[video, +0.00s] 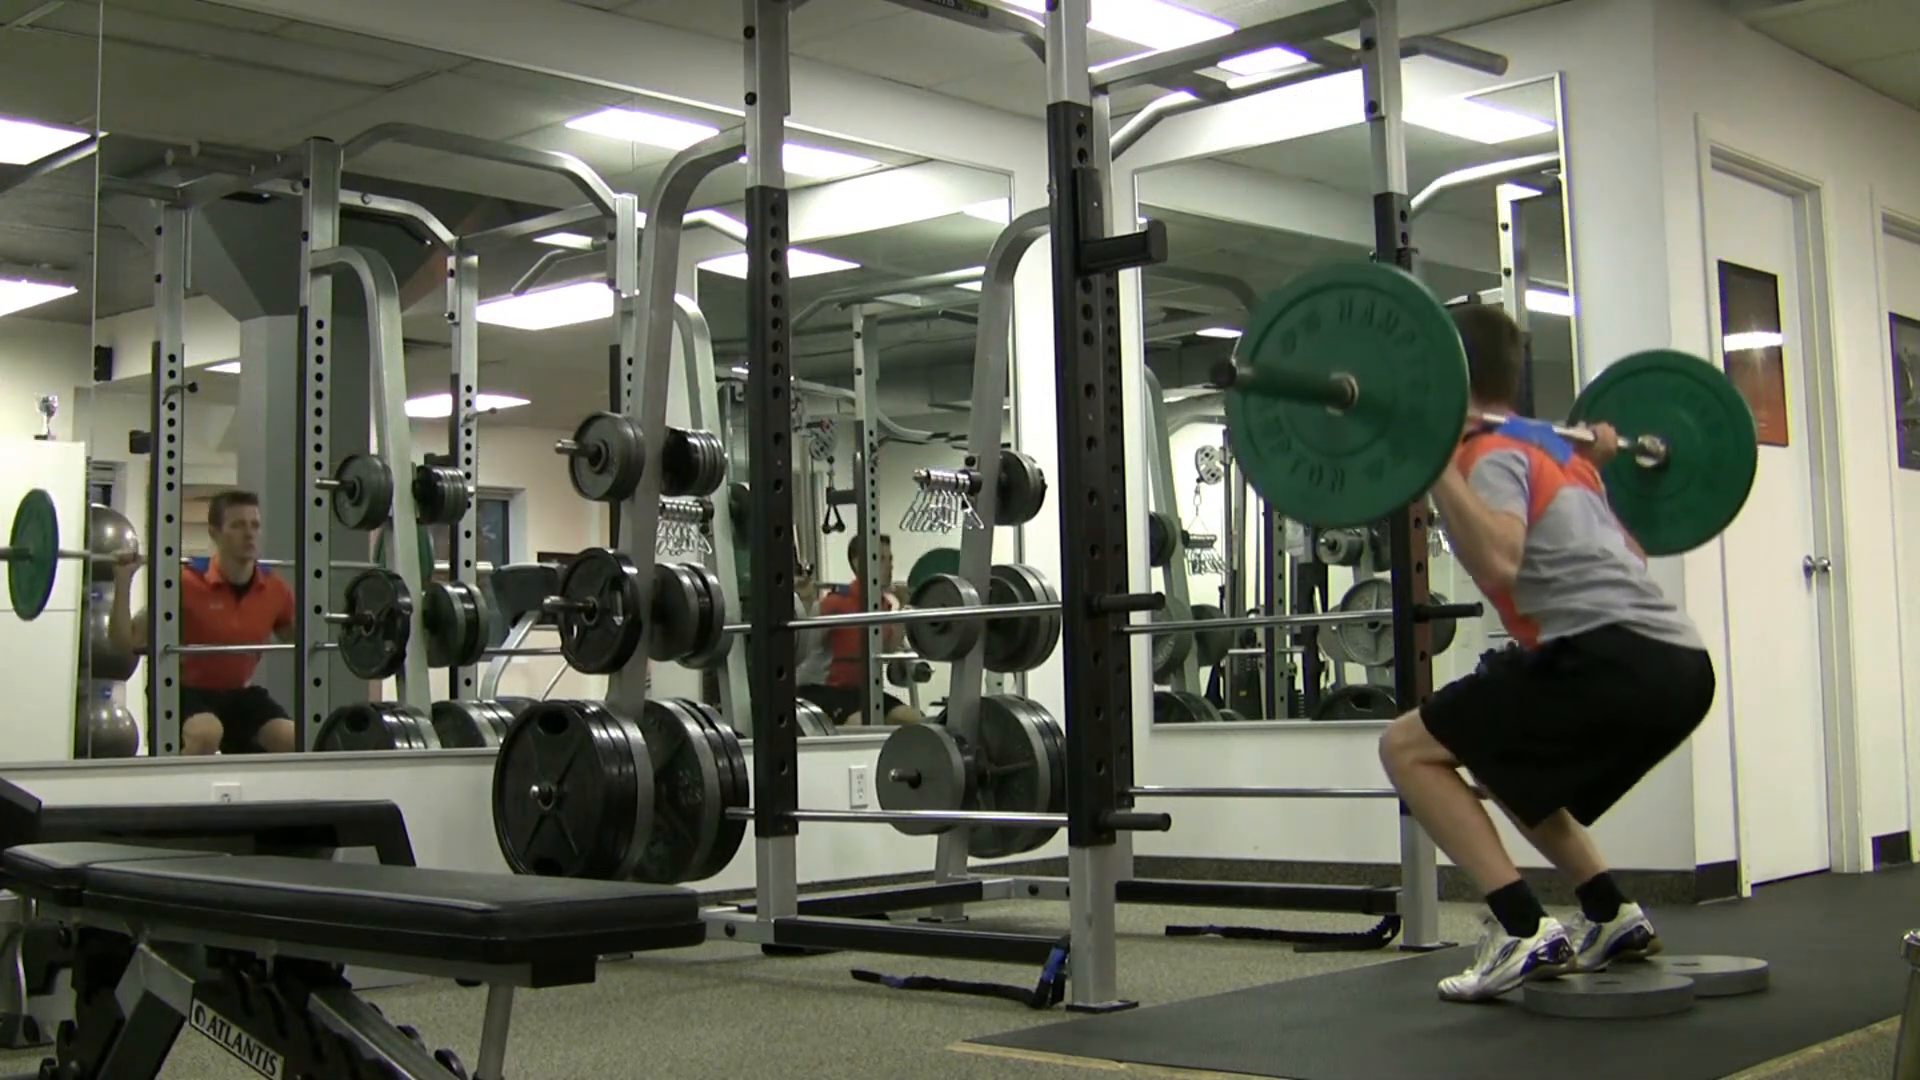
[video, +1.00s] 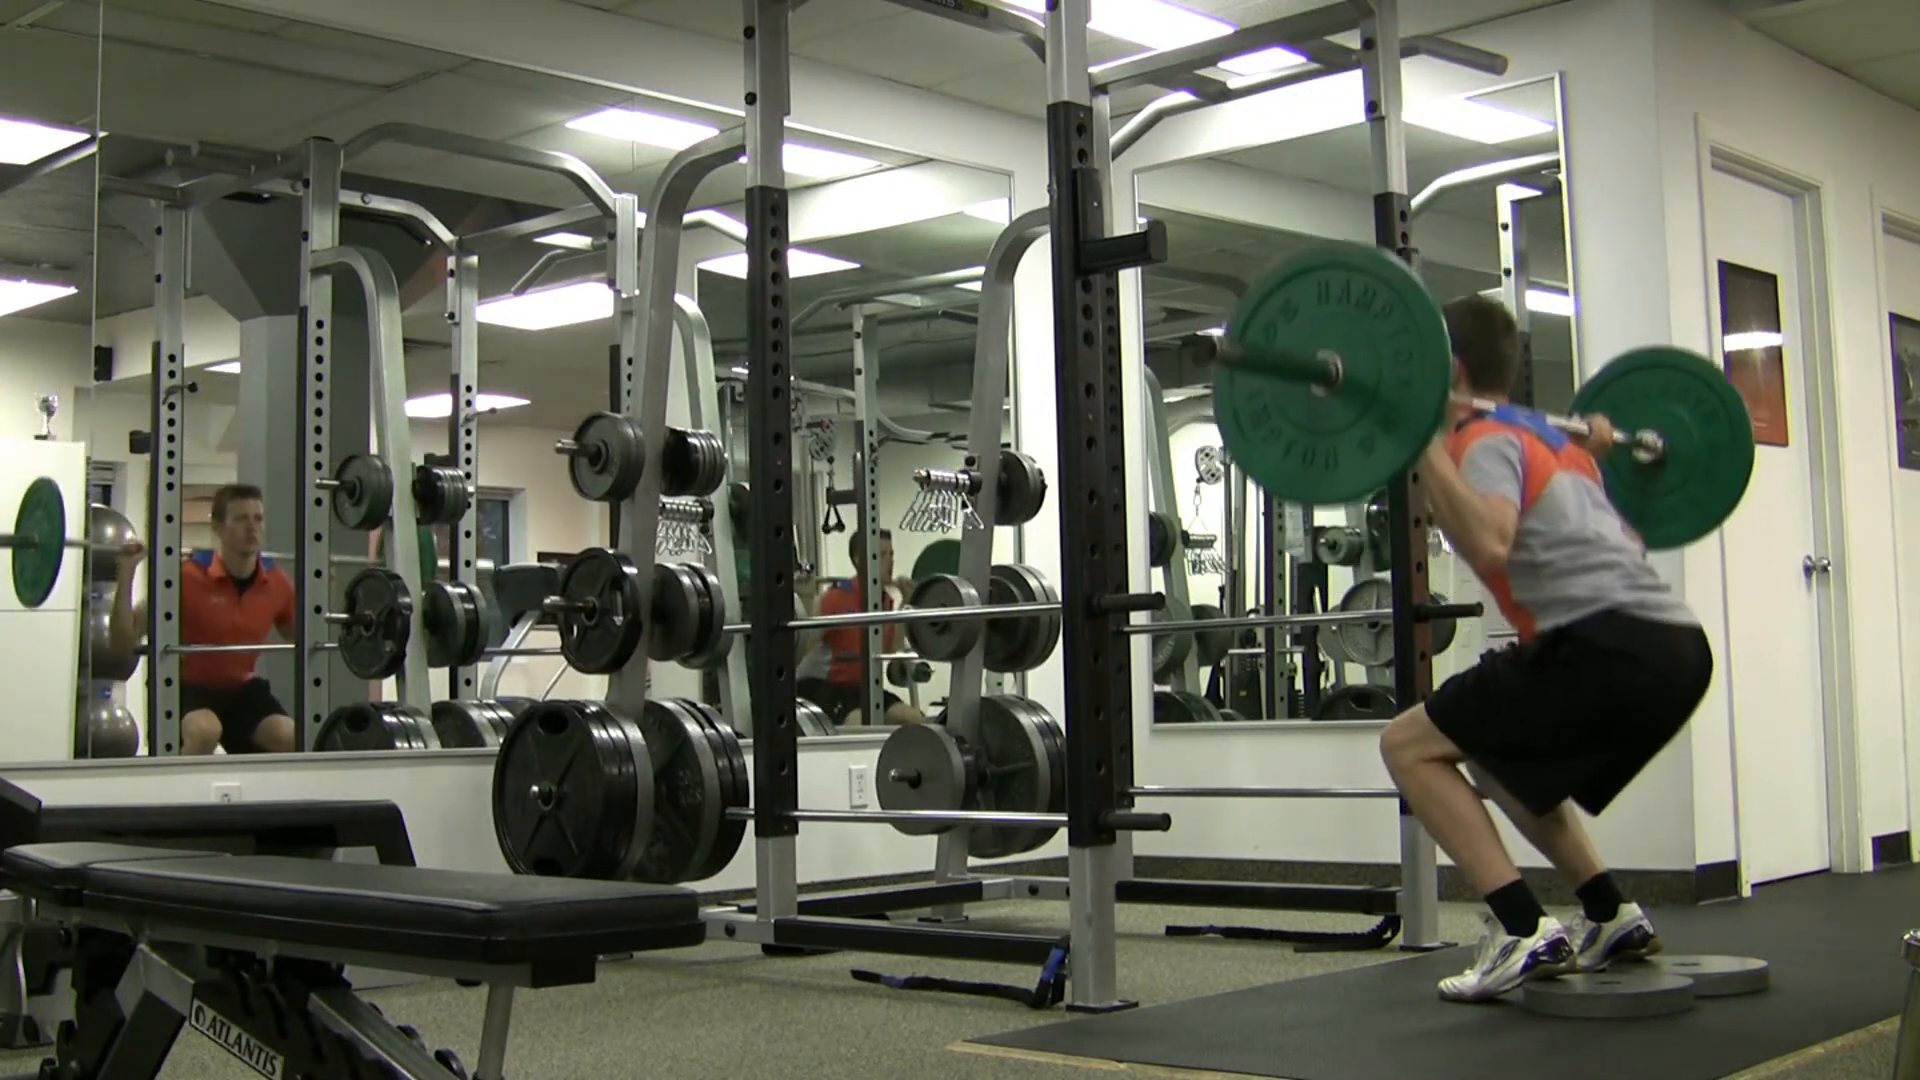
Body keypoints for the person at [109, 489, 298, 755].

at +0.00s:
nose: (249, 534)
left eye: (255, 525)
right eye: (238, 526)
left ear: (261, 529)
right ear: (214, 532)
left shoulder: (275, 589)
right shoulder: (185, 583)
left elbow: (306, 645)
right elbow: (126, 643)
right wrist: (123, 580)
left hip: (239, 695)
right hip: (186, 693)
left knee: (289, 739)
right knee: (206, 733)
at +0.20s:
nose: (251, 551)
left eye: (256, 542)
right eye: (240, 543)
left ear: (264, 548)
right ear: (216, 550)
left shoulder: (275, 605)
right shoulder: (186, 601)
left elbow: (312, 660)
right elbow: (124, 661)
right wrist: (125, 594)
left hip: (241, 707)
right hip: (189, 705)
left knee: (288, 740)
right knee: (207, 735)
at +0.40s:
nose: (252, 564)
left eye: (257, 555)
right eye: (241, 556)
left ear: (264, 560)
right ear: (216, 562)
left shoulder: (275, 616)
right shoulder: (187, 613)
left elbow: (304, 677)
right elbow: (123, 674)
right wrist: (126, 609)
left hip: (243, 716)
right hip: (190, 713)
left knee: (291, 741)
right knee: (207, 736)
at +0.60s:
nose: (253, 569)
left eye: (258, 560)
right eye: (241, 561)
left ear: (265, 564)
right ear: (217, 567)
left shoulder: (276, 621)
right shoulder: (187, 616)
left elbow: (303, 679)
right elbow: (123, 677)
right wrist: (126, 613)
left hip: (244, 719)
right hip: (190, 715)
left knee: (292, 742)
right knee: (206, 736)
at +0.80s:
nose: (254, 557)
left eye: (259, 548)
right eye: (242, 548)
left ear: (265, 553)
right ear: (218, 555)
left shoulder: (277, 610)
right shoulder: (187, 605)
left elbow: (306, 670)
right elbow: (121, 668)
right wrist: (126, 597)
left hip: (242, 709)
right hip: (189, 706)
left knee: (288, 739)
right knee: (205, 734)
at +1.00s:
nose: (252, 528)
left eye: (258, 519)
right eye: (241, 519)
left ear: (264, 523)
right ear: (218, 526)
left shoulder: (277, 584)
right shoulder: (187, 577)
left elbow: (307, 644)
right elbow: (124, 642)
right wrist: (126, 572)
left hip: (242, 690)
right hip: (188, 688)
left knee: (287, 738)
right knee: (205, 731)